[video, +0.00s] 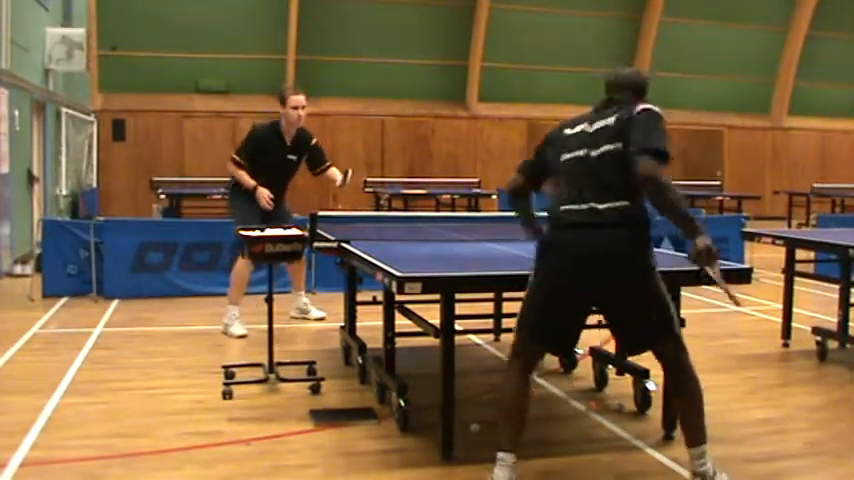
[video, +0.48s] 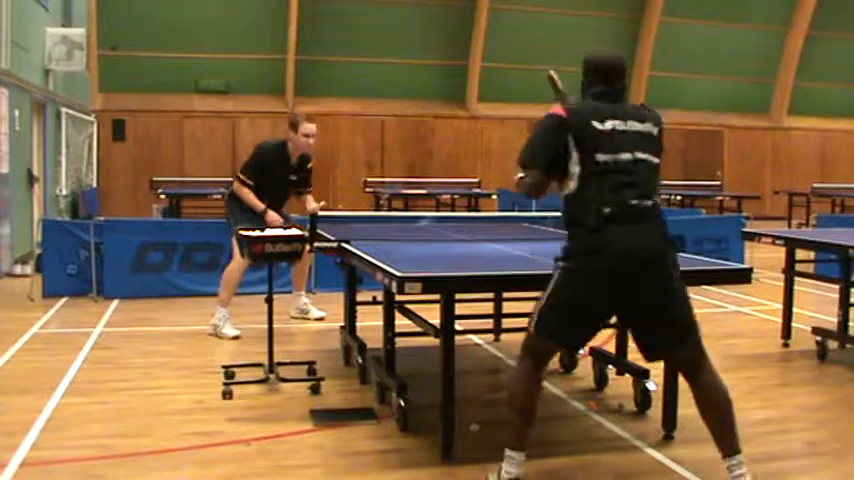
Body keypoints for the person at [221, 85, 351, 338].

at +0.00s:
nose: (300, 113)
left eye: (303, 108)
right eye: (295, 108)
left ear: (307, 110)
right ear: (282, 110)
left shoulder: (305, 139)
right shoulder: (261, 134)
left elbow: (325, 167)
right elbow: (233, 166)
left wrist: (338, 178)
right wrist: (256, 189)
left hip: (275, 198)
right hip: (246, 196)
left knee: (294, 243)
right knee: (250, 248)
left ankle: (299, 302)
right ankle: (232, 315)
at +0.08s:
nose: (303, 115)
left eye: (306, 110)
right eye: (297, 110)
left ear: (309, 113)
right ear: (285, 112)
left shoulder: (308, 141)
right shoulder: (264, 135)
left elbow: (326, 170)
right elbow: (237, 167)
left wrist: (337, 180)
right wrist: (258, 190)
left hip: (277, 201)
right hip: (248, 198)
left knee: (303, 243)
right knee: (251, 249)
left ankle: (301, 302)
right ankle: (232, 315)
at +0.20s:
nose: (306, 116)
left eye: (309, 112)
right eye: (300, 111)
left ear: (312, 114)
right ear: (287, 113)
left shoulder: (312, 143)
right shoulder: (266, 135)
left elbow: (325, 173)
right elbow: (240, 167)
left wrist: (336, 182)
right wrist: (261, 191)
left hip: (280, 201)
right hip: (250, 198)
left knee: (304, 244)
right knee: (247, 247)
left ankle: (301, 302)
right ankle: (226, 314)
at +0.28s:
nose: (307, 119)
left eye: (311, 114)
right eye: (302, 114)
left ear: (314, 117)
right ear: (288, 115)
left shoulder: (311, 144)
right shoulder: (267, 136)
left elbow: (324, 175)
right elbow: (241, 169)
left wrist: (333, 189)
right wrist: (263, 194)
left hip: (278, 201)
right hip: (248, 198)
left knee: (302, 244)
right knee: (243, 252)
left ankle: (300, 302)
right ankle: (222, 315)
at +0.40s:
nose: (309, 132)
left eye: (312, 127)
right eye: (304, 127)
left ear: (314, 128)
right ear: (290, 127)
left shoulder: (307, 154)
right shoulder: (267, 145)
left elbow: (312, 186)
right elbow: (240, 180)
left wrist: (319, 201)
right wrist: (265, 205)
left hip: (275, 205)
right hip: (245, 201)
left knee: (302, 245)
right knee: (243, 252)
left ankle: (300, 302)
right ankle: (220, 316)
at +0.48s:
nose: (311, 142)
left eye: (313, 137)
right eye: (306, 136)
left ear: (315, 137)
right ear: (291, 135)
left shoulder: (305, 160)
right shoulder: (266, 151)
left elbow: (304, 193)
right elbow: (239, 186)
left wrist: (310, 205)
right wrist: (265, 211)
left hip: (274, 209)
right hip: (244, 204)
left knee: (304, 246)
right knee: (243, 255)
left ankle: (300, 303)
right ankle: (220, 317)